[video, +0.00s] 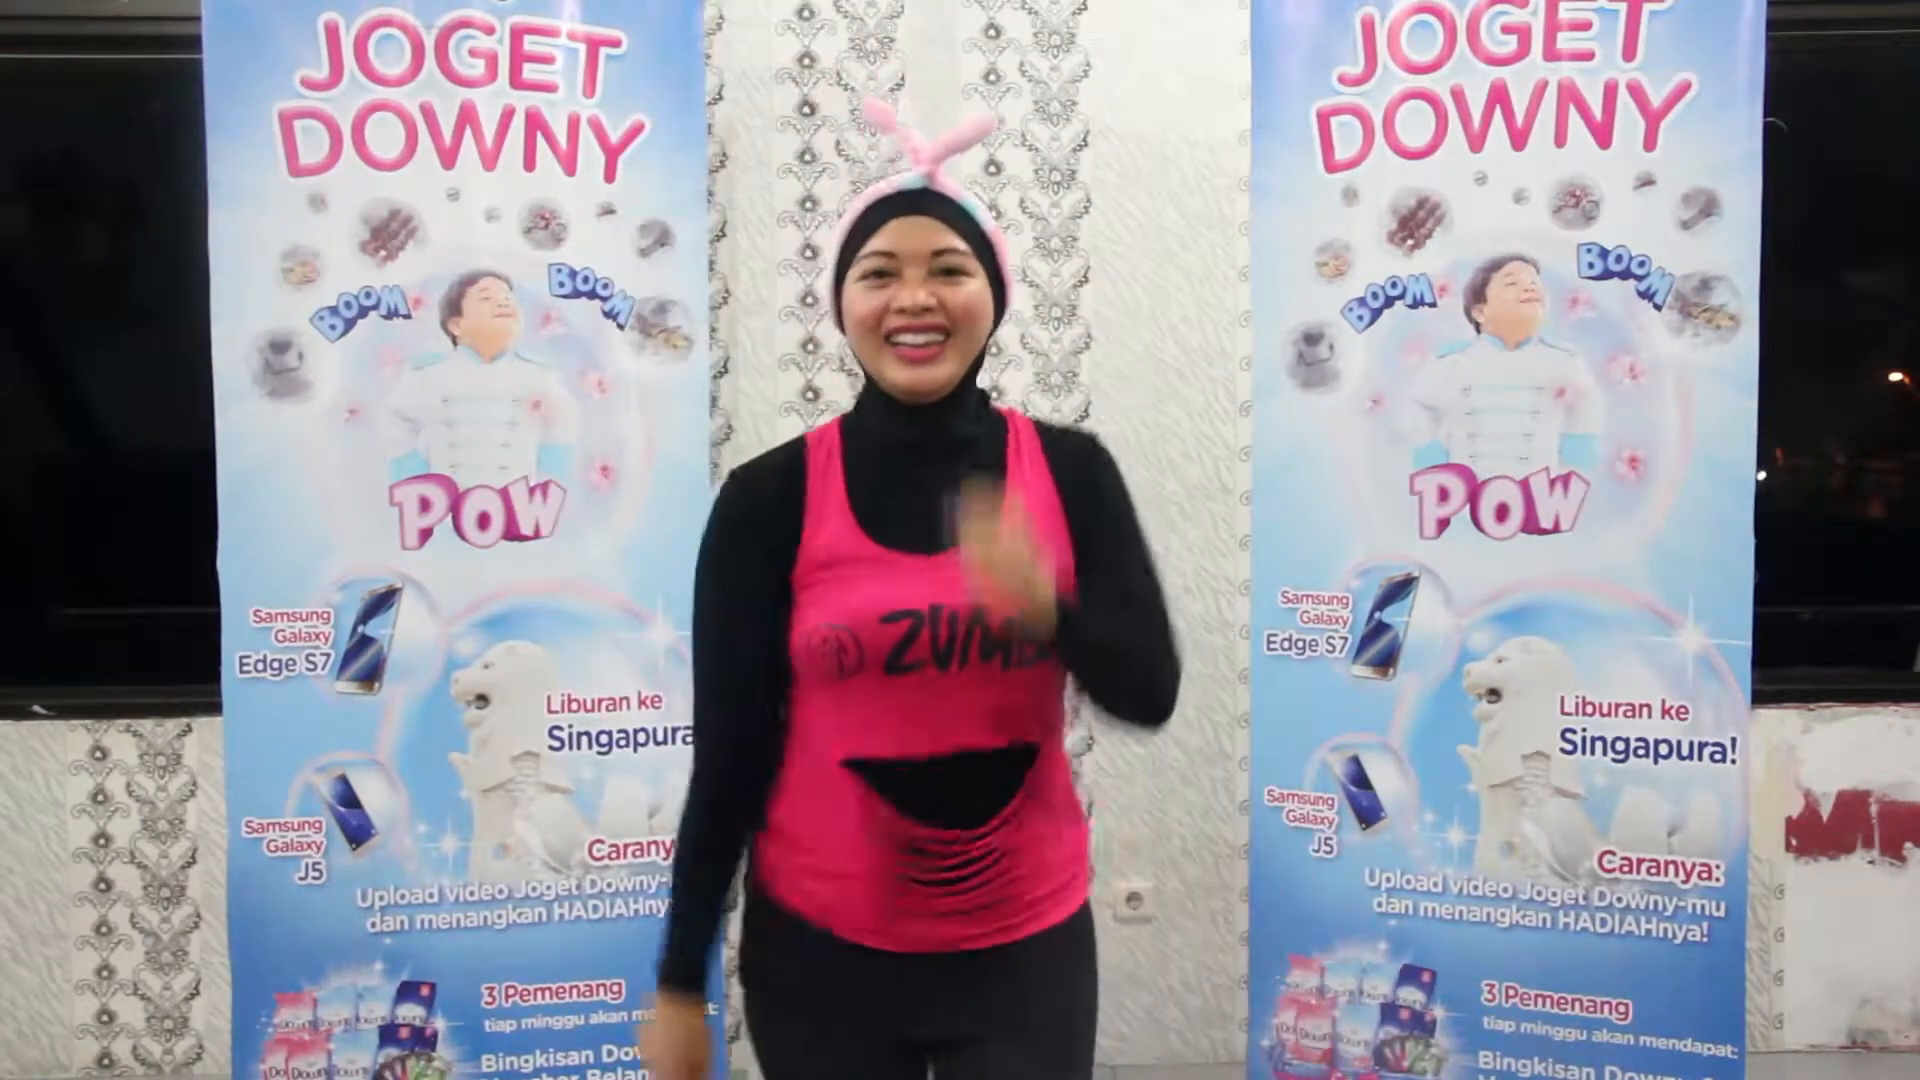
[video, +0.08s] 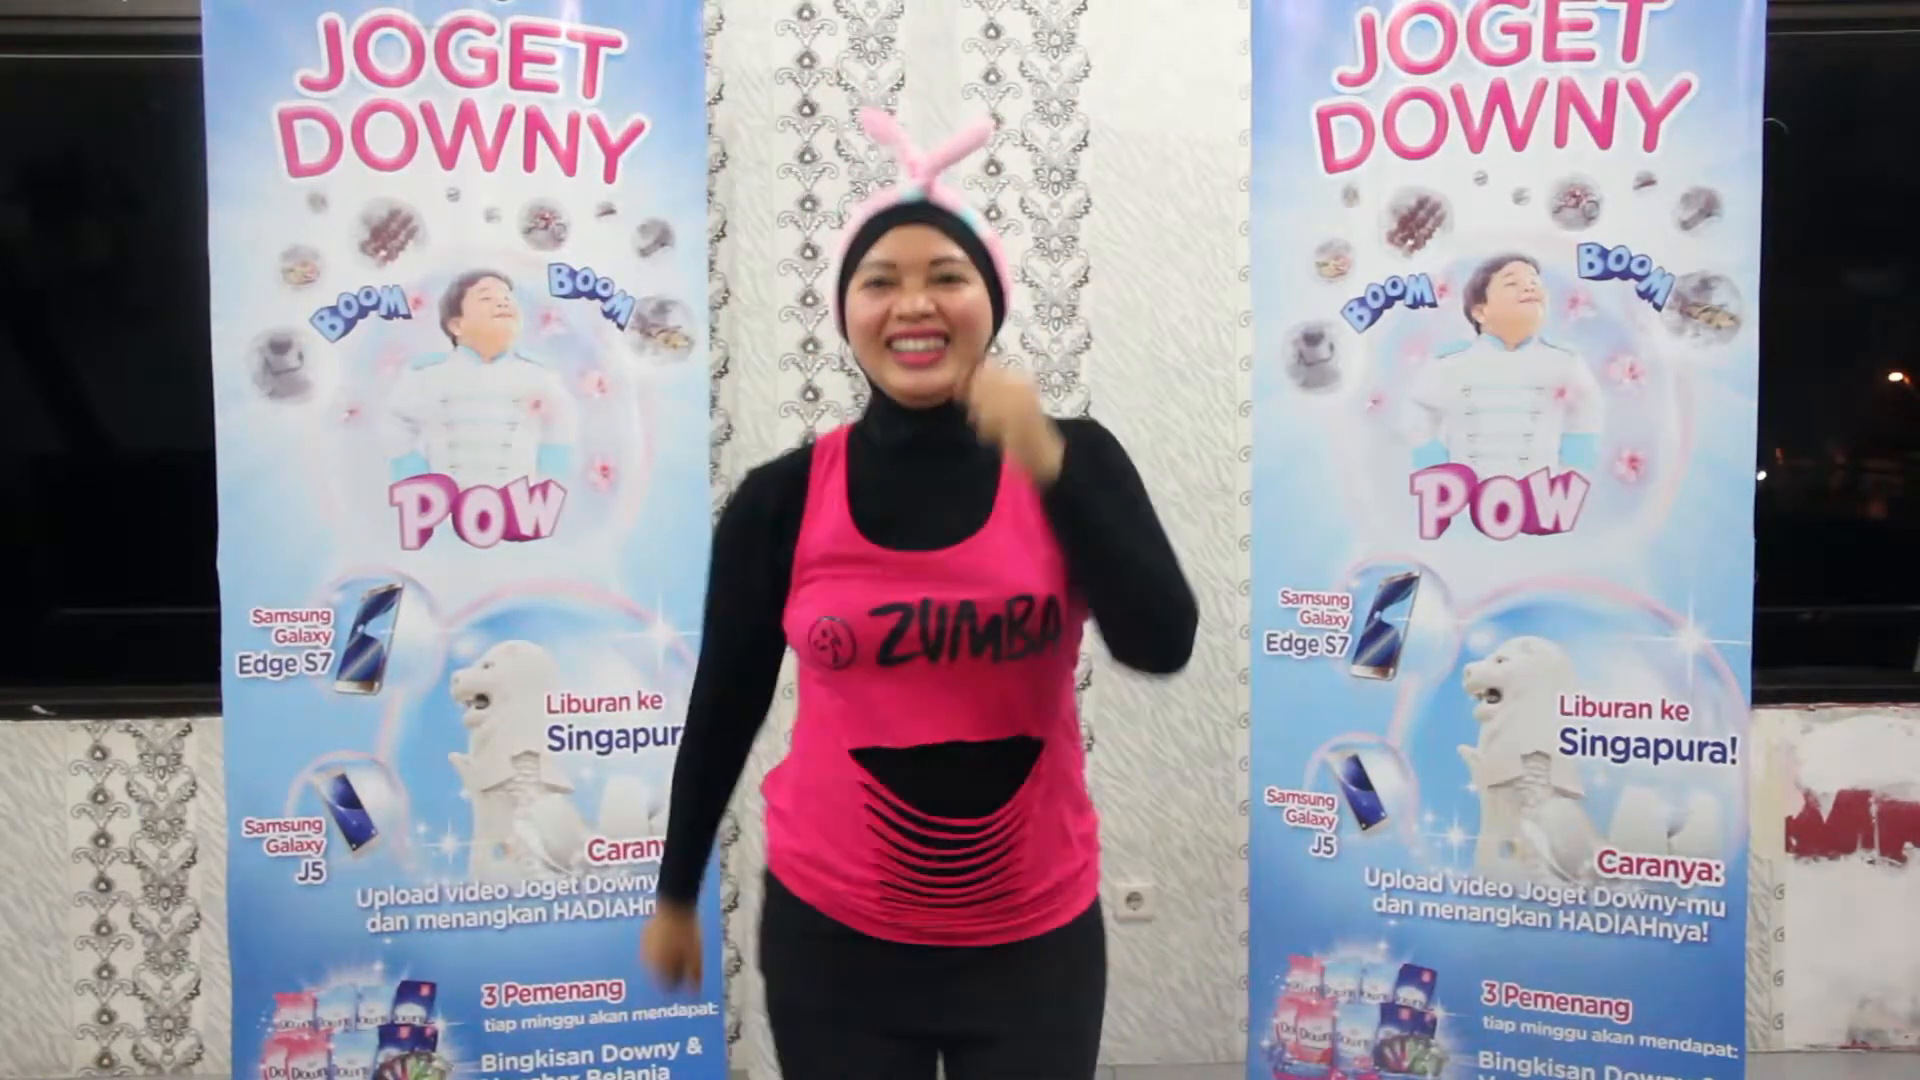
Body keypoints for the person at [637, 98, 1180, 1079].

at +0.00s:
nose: (915, 296)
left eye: (948, 268)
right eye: (879, 273)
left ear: (994, 300)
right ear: (842, 309)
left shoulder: (1067, 471)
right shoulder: (768, 499)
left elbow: (1149, 693)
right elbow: (733, 751)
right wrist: (681, 982)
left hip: (1023, 946)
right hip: (822, 950)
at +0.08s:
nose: (915, 303)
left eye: (945, 276)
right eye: (882, 281)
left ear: (992, 307)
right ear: (846, 317)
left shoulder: (1069, 459)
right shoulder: (782, 501)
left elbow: (1162, 643)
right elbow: (727, 701)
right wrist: (677, 891)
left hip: (1032, 932)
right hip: (836, 930)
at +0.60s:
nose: (917, 356)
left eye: (941, 336)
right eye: (894, 337)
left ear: (979, 357)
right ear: (865, 360)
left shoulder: (1046, 506)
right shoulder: (821, 502)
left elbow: (1102, 689)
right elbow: (787, 642)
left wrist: (1096, 858)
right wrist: (783, 675)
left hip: (1015, 854)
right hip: (867, 854)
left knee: (1005, 1067)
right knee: (903, 1066)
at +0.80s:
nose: (923, 342)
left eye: (946, 322)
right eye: (901, 324)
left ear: (981, 346)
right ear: (872, 350)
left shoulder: (1036, 471)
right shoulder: (822, 481)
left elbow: (1098, 615)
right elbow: (785, 655)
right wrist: (771, 649)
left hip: (1012, 777)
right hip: (872, 789)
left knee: (924, 966)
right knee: (897, 1011)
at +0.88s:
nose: (936, 299)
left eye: (958, 280)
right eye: (915, 280)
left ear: (992, 300)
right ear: (883, 300)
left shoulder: (1034, 419)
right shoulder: (825, 419)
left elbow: (1125, 574)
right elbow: (789, 565)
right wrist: (793, 672)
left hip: (1017, 726)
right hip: (881, 735)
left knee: (922, 908)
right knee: (907, 957)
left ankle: (948, 1065)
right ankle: (917, 1072)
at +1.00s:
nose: (954, 314)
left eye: (976, 299)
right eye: (935, 295)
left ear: (1005, 321)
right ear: (900, 311)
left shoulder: (1037, 418)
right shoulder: (837, 435)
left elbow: (1150, 448)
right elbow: (812, 608)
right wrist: (812, 760)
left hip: (1023, 724)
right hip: (886, 739)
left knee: (941, 857)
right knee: (909, 985)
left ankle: (950, 1041)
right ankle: (916, 1074)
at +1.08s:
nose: (968, 357)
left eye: (991, 341)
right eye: (949, 336)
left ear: (1018, 363)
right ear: (915, 353)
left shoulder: (1042, 462)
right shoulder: (847, 486)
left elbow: (1128, 383)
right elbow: (824, 664)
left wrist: (1067, 250)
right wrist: (818, 820)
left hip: (1021, 756)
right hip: (887, 778)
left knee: (975, 853)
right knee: (913, 1027)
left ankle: (951, 1056)